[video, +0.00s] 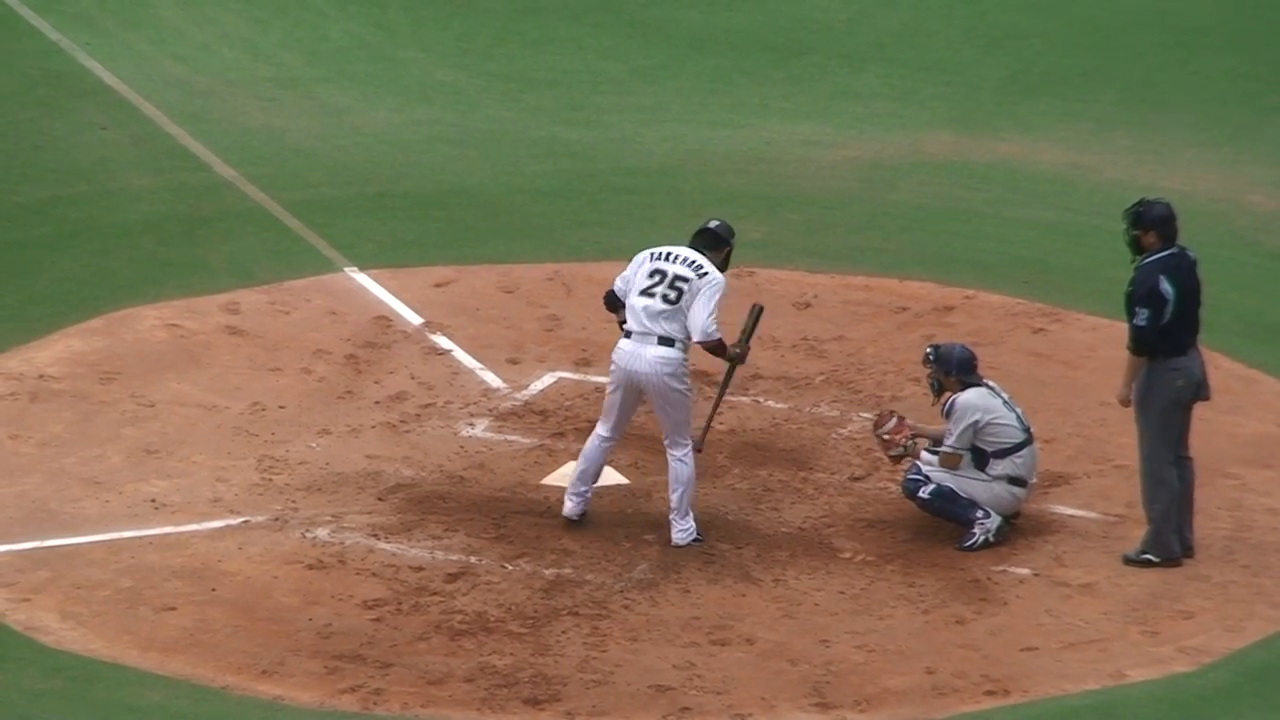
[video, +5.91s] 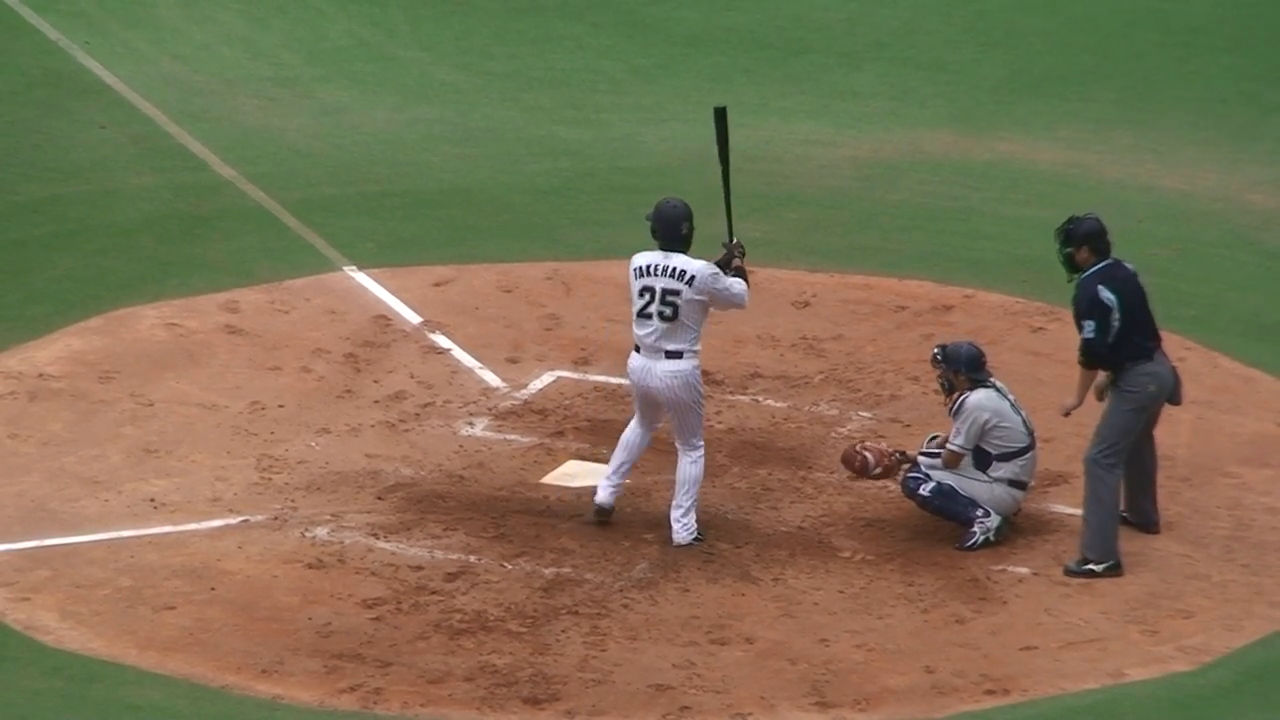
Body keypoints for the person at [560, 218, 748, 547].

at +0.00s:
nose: (726, 261)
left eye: (727, 255)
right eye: (727, 254)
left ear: (694, 240)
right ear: (719, 250)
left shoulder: (651, 254)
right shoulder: (711, 276)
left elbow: (612, 298)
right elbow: (703, 334)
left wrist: (629, 317)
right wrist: (728, 354)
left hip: (626, 351)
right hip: (666, 359)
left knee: (605, 431)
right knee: (678, 445)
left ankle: (573, 503)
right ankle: (682, 529)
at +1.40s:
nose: (695, 258)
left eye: (696, 253)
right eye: (696, 253)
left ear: (662, 244)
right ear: (691, 252)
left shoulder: (624, 262)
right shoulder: (687, 276)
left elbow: (585, 311)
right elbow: (680, 338)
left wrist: (607, 334)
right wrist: (687, 373)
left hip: (601, 351)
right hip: (641, 357)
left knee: (588, 435)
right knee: (666, 447)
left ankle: (564, 511)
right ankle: (677, 527)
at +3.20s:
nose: (716, 242)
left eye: (718, 236)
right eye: (716, 237)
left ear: (683, 228)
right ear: (710, 237)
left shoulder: (646, 250)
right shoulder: (705, 273)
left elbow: (631, 302)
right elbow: (699, 337)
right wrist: (704, 372)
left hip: (623, 347)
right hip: (662, 358)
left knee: (601, 427)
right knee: (676, 443)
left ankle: (569, 501)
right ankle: (684, 528)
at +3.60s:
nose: (681, 227)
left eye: (677, 221)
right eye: (680, 222)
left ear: (647, 220)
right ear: (676, 227)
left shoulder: (625, 248)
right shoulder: (670, 268)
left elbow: (658, 299)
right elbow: (667, 325)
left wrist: (702, 313)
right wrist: (707, 325)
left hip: (609, 351)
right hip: (647, 359)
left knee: (595, 432)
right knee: (668, 441)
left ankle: (566, 510)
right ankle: (682, 527)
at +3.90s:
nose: (648, 221)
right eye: (647, 216)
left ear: (612, 219)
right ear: (646, 221)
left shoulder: (597, 248)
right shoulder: (652, 267)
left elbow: (633, 275)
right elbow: (670, 315)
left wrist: (675, 273)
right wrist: (689, 284)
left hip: (605, 354)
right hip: (645, 359)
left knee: (593, 431)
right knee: (666, 441)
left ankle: (566, 508)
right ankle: (681, 525)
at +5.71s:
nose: (639, 229)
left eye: (640, 225)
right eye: (678, 225)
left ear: (644, 231)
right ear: (677, 231)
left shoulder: (626, 264)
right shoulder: (687, 274)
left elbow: (665, 288)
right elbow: (717, 312)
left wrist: (703, 273)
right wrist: (716, 278)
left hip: (627, 366)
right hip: (668, 371)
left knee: (612, 435)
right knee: (687, 447)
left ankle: (571, 508)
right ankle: (682, 528)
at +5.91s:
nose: (689, 231)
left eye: (655, 225)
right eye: (688, 226)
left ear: (654, 230)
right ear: (688, 232)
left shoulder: (638, 263)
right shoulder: (703, 273)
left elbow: (680, 281)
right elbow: (738, 297)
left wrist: (720, 265)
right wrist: (737, 270)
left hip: (639, 365)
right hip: (680, 372)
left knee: (643, 422)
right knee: (690, 447)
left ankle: (605, 493)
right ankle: (683, 527)